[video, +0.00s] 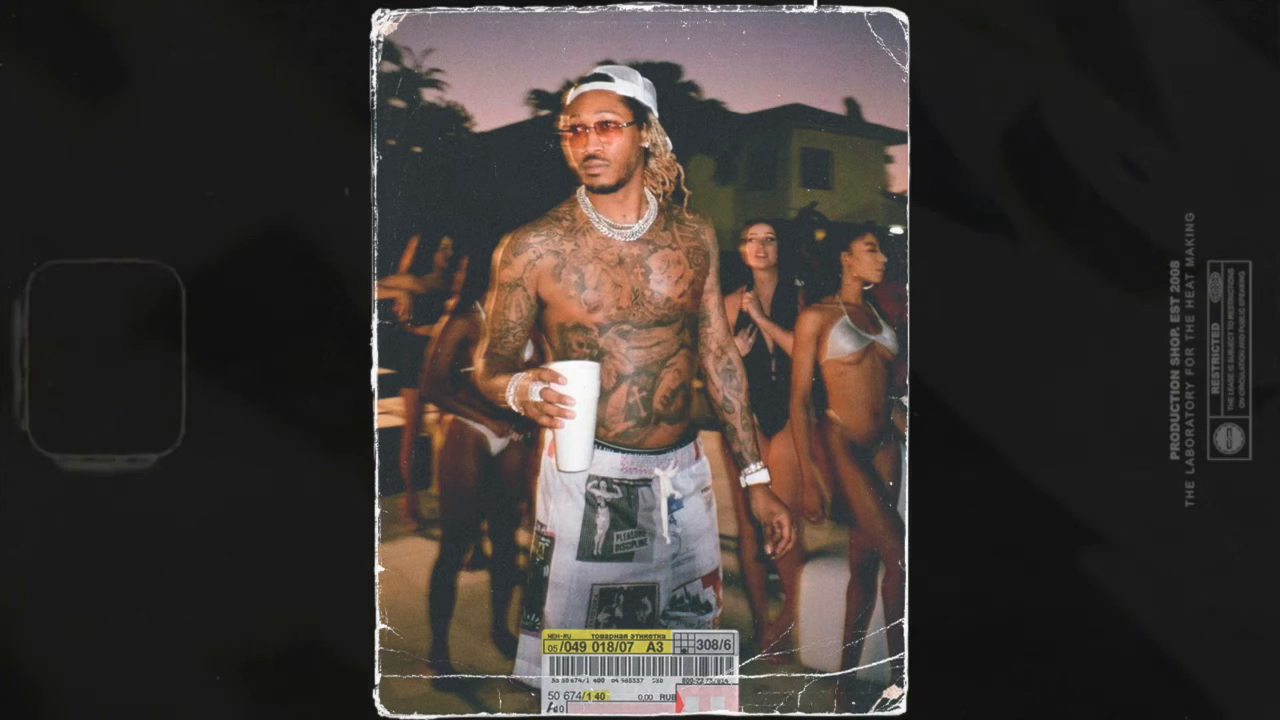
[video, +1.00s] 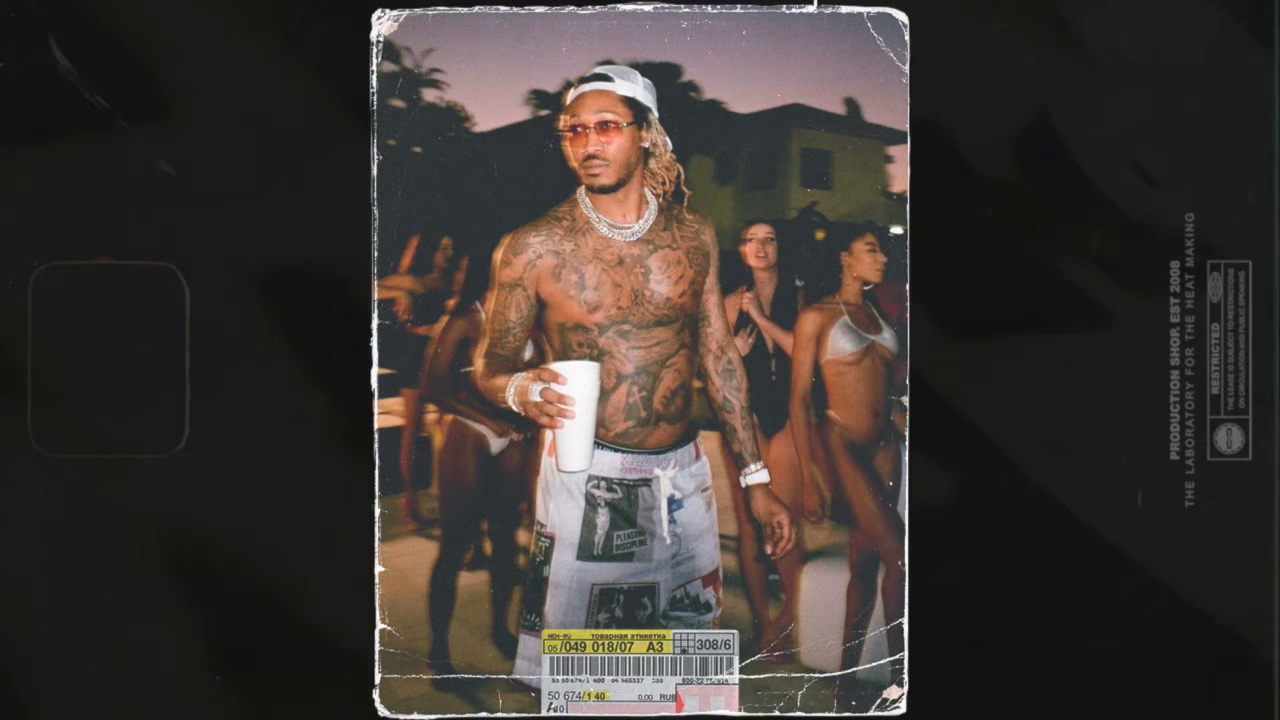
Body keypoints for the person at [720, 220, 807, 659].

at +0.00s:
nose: (760, 249)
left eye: (768, 241)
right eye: (752, 242)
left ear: (780, 249)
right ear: (741, 250)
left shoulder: (797, 296)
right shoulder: (730, 300)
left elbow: (802, 351)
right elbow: (714, 365)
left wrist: (761, 318)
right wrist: (735, 347)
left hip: (784, 421)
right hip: (739, 421)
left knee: (783, 520)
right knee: (748, 525)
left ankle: (794, 612)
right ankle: (761, 620)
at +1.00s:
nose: (760, 249)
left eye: (768, 241)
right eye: (751, 242)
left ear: (780, 249)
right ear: (741, 250)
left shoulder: (797, 297)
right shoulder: (729, 301)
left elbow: (802, 351)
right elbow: (713, 365)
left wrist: (761, 318)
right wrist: (734, 348)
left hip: (784, 421)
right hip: (739, 422)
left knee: (783, 520)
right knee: (748, 526)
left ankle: (793, 613)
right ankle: (762, 622)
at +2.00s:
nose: (759, 249)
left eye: (768, 241)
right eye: (751, 242)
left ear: (781, 249)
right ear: (741, 250)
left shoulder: (797, 296)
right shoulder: (730, 300)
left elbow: (802, 351)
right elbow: (714, 365)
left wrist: (761, 318)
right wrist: (735, 346)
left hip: (784, 420)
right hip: (739, 421)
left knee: (783, 520)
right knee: (748, 526)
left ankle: (794, 614)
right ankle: (762, 620)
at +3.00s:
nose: (760, 249)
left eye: (768, 242)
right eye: (752, 242)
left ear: (781, 249)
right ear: (741, 250)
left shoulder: (797, 295)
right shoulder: (731, 300)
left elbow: (804, 352)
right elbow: (714, 365)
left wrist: (762, 319)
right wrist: (734, 345)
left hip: (784, 420)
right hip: (738, 421)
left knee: (784, 521)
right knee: (749, 527)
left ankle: (794, 612)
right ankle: (762, 623)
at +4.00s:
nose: (760, 249)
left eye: (768, 241)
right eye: (752, 242)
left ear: (781, 249)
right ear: (741, 250)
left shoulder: (797, 296)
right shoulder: (730, 300)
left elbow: (804, 352)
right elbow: (713, 365)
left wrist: (761, 318)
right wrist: (736, 340)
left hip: (784, 419)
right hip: (738, 420)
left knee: (783, 522)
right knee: (748, 526)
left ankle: (794, 613)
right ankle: (761, 621)